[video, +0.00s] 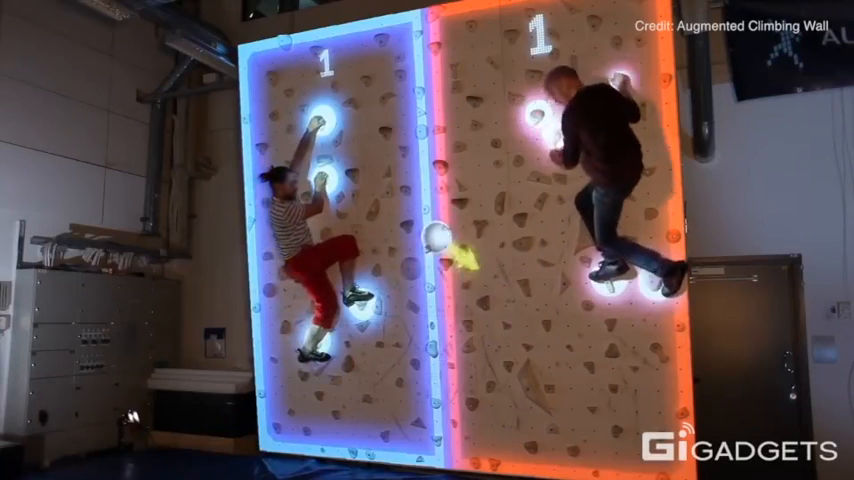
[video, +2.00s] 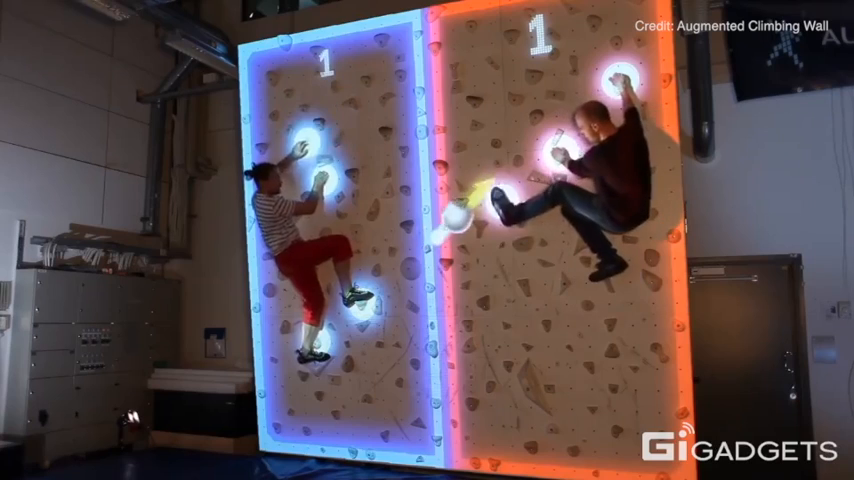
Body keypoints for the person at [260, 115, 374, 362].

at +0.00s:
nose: (295, 185)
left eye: (294, 181)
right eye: (291, 182)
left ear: (282, 186)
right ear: (279, 187)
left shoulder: (278, 203)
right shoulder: (286, 209)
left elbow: (297, 163)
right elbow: (318, 207)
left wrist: (310, 132)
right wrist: (321, 188)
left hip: (297, 263)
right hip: (304, 260)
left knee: (328, 306)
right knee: (346, 244)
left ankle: (309, 349)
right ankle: (350, 290)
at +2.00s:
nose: (280, 181)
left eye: (279, 177)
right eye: (276, 178)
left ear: (263, 182)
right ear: (265, 182)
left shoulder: (258, 198)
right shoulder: (273, 203)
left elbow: (276, 171)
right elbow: (309, 208)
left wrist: (293, 156)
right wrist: (318, 186)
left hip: (285, 259)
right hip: (295, 253)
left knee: (315, 300)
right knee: (339, 243)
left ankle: (306, 350)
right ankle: (348, 292)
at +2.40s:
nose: (284, 178)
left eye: (281, 175)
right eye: (280, 176)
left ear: (268, 183)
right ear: (269, 183)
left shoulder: (268, 194)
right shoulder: (278, 205)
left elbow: (298, 167)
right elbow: (311, 208)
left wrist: (330, 171)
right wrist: (320, 182)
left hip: (285, 256)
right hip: (293, 253)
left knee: (311, 301)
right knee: (338, 244)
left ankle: (306, 351)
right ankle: (348, 293)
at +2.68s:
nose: (299, 174)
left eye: (297, 171)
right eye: (295, 173)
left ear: (284, 180)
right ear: (284, 180)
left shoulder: (290, 188)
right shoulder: (286, 199)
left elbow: (323, 170)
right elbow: (315, 207)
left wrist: (359, 165)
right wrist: (319, 184)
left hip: (286, 249)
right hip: (292, 248)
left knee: (301, 299)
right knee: (337, 243)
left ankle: (304, 351)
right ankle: (348, 292)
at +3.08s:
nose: (306, 164)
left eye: (304, 162)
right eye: (302, 164)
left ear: (290, 171)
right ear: (294, 171)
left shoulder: (290, 183)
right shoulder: (293, 193)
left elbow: (318, 152)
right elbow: (322, 209)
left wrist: (342, 127)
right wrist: (321, 185)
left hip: (290, 246)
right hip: (300, 243)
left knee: (303, 296)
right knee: (345, 242)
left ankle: (305, 350)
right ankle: (348, 292)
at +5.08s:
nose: (283, 187)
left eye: (283, 183)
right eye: (279, 185)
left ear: (279, 181)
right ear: (269, 186)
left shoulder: (268, 195)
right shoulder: (279, 204)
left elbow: (290, 158)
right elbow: (311, 207)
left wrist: (308, 130)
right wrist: (320, 186)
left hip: (282, 254)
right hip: (291, 251)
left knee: (305, 300)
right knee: (333, 246)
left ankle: (305, 351)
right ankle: (346, 294)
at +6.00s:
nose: (283, 187)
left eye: (283, 182)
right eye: (278, 184)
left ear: (283, 180)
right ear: (268, 186)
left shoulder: (270, 193)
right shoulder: (277, 204)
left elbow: (292, 157)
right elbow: (308, 204)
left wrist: (309, 130)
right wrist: (320, 185)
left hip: (286, 253)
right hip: (292, 251)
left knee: (306, 300)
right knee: (337, 247)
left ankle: (305, 352)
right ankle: (345, 296)